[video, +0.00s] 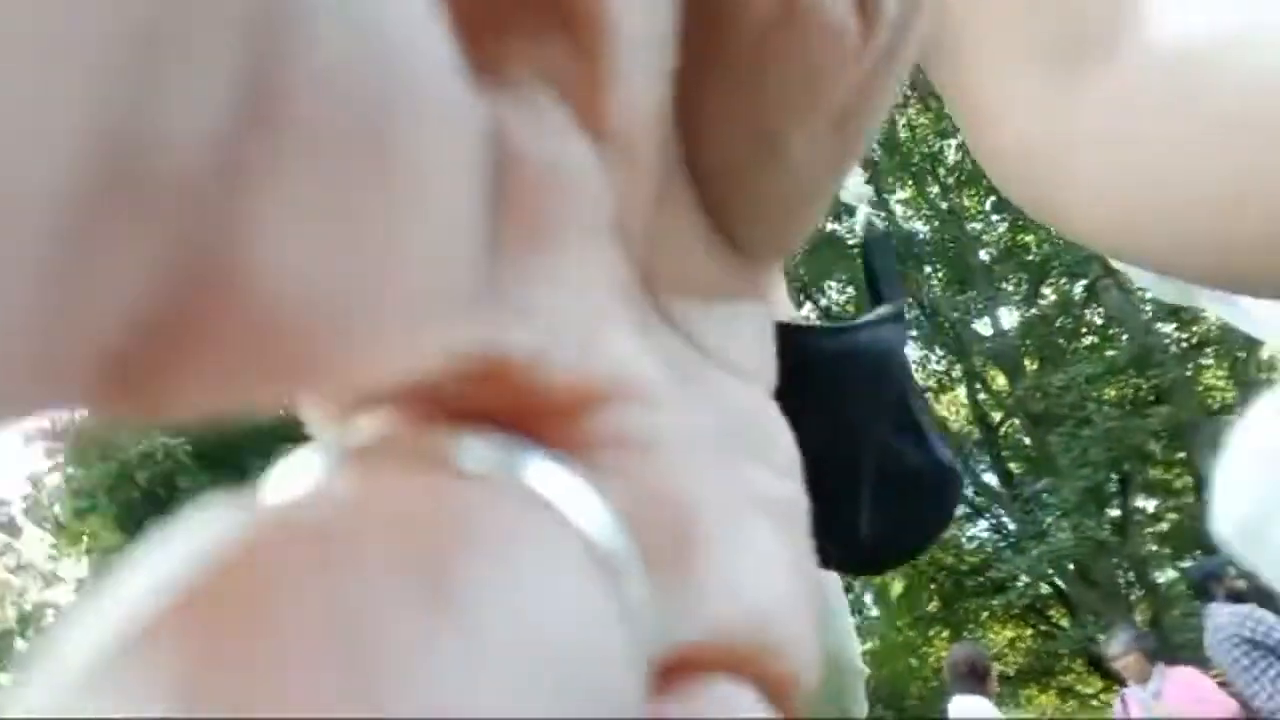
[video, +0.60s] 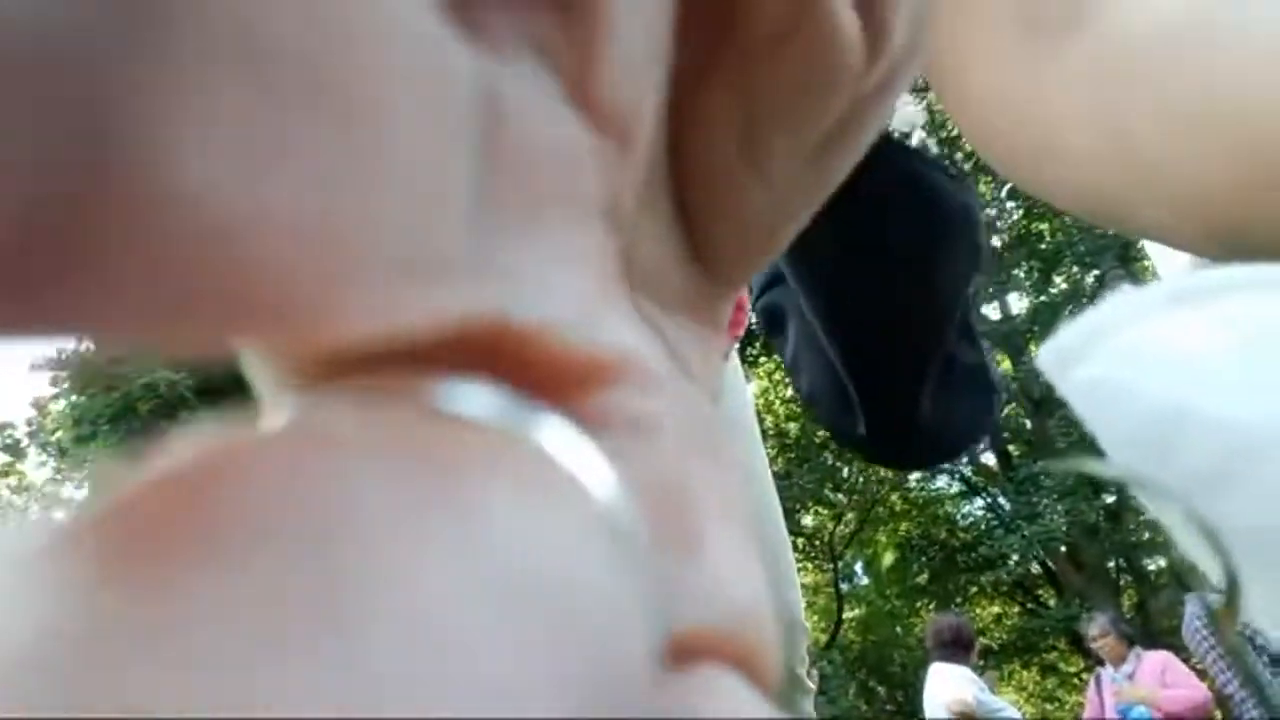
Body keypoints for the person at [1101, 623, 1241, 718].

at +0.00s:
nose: (1120, 666)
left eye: (1125, 656)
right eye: (1114, 661)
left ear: (1143, 653)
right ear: (1110, 666)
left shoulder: (1188, 679)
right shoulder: (1124, 704)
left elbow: (1230, 711)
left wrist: (1173, 712)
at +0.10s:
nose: (1096, 631)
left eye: (1101, 623)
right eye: (1092, 626)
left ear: (1121, 619)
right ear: (1089, 630)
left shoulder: (1162, 647)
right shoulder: (1098, 666)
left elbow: (1203, 688)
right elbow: (1093, 710)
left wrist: (1146, 682)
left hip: (1172, 714)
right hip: (1123, 714)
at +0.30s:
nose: (1122, 611)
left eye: (1127, 603)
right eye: (1116, 607)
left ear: (1144, 600)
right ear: (1111, 612)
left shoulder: (1184, 630)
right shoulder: (1120, 647)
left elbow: (1222, 672)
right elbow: (1109, 687)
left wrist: (1166, 665)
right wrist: (1124, 712)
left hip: (1198, 713)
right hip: (1146, 714)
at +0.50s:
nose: (1111, 625)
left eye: (1116, 616)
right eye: (1105, 621)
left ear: (1133, 613)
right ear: (1101, 627)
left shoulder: (1173, 641)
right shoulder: (1110, 661)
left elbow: (1213, 682)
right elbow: (1102, 702)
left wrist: (1157, 677)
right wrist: (1114, 716)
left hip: (1185, 713)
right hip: (1136, 714)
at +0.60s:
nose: (1100, 646)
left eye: (1104, 637)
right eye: (1094, 641)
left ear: (1121, 633)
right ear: (1089, 646)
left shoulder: (1161, 661)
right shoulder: (1097, 682)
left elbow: (1203, 701)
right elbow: (1091, 715)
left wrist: (1145, 696)